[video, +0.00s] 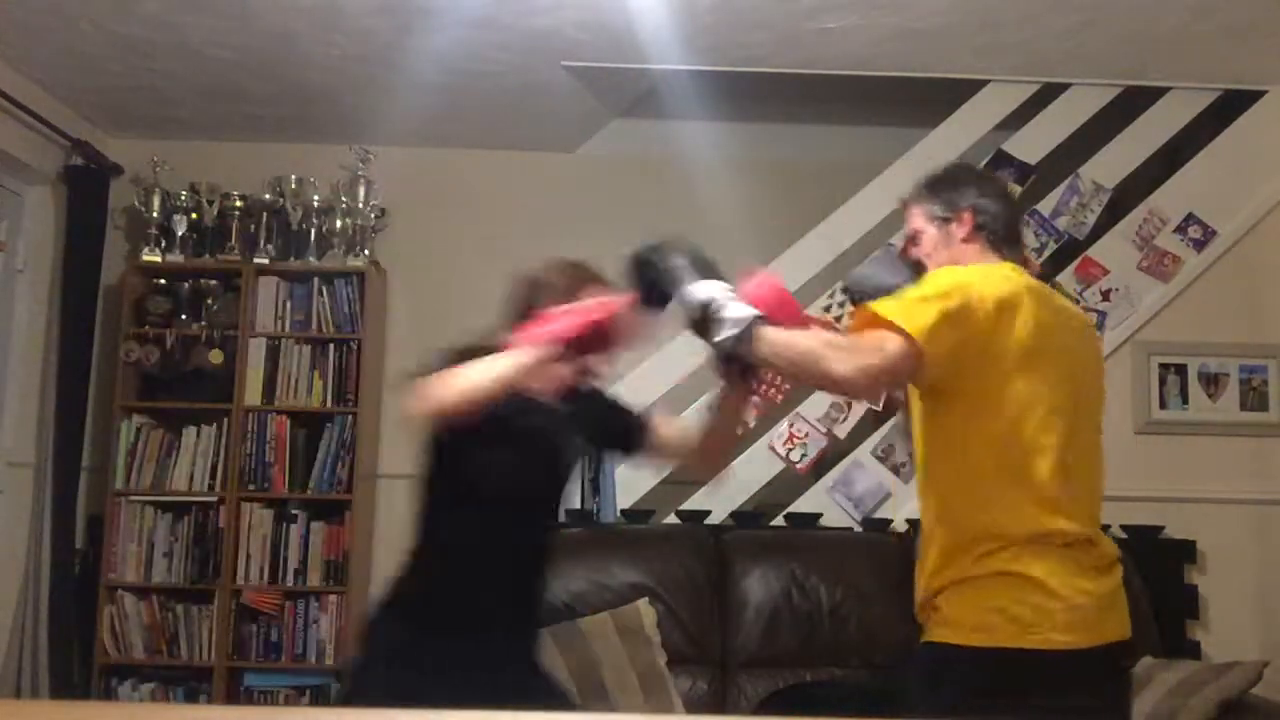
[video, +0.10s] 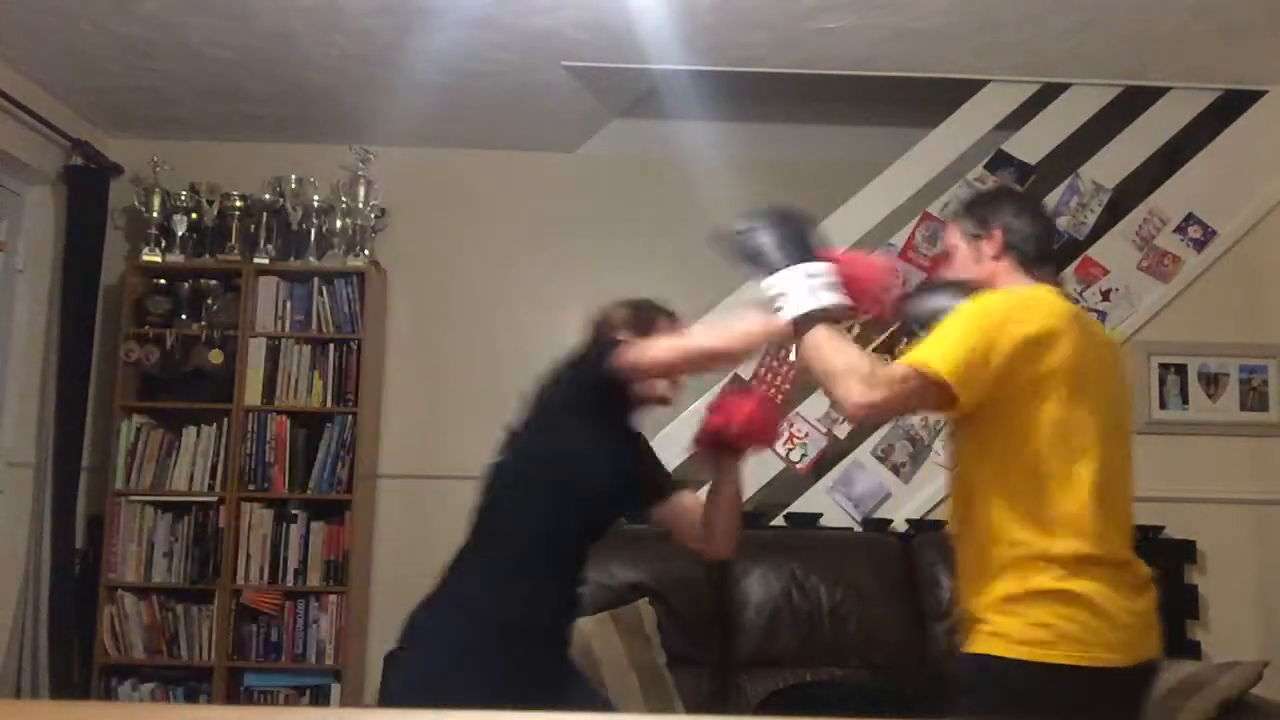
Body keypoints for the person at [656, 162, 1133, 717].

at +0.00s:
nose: (911, 256)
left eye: (917, 238)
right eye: (908, 243)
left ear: (963, 224)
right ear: (975, 230)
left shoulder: (968, 292)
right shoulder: (1075, 321)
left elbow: (860, 367)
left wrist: (728, 319)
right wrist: (855, 336)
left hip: (993, 639)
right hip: (1095, 636)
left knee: (786, 704)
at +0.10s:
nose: (945, 269)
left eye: (951, 252)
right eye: (944, 254)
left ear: (993, 244)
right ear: (1038, 250)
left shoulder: (1005, 314)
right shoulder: (1101, 341)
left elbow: (864, 394)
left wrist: (801, 295)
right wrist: (961, 319)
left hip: (1034, 648)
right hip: (1119, 647)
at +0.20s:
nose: (1001, 269)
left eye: (1009, 253)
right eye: (1001, 255)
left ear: (1056, 245)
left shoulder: (1041, 312)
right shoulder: (1150, 345)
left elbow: (891, 380)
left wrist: (852, 357)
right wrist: (966, 390)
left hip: (1069, 650)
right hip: (1151, 651)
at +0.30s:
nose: (1032, 269)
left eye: (1037, 251)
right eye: (1031, 255)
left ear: (1081, 241)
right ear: (1128, 252)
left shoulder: (1056, 300)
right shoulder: (1190, 334)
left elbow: (930, 367)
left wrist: (835, 406)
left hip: (1070, 631)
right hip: (1184, 640)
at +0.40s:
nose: (1043, 271)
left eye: (1048, 253)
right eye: (1043, 257)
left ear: (1088, 241)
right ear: (1143, 255)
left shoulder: (1066, 297)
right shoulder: (1203, 329)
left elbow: (921, 313)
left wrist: (861, 362)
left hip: (1087, 617)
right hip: (1204, 630)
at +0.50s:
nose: (1062, 281)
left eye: (1066, 264)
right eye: (1061, 268)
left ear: (1108, 251)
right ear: (1164, 270)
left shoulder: (1092, 303)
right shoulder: (1220, 341)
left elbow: (946, 311)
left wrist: (862, 352)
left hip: (1109, 619)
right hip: (1220, 633)